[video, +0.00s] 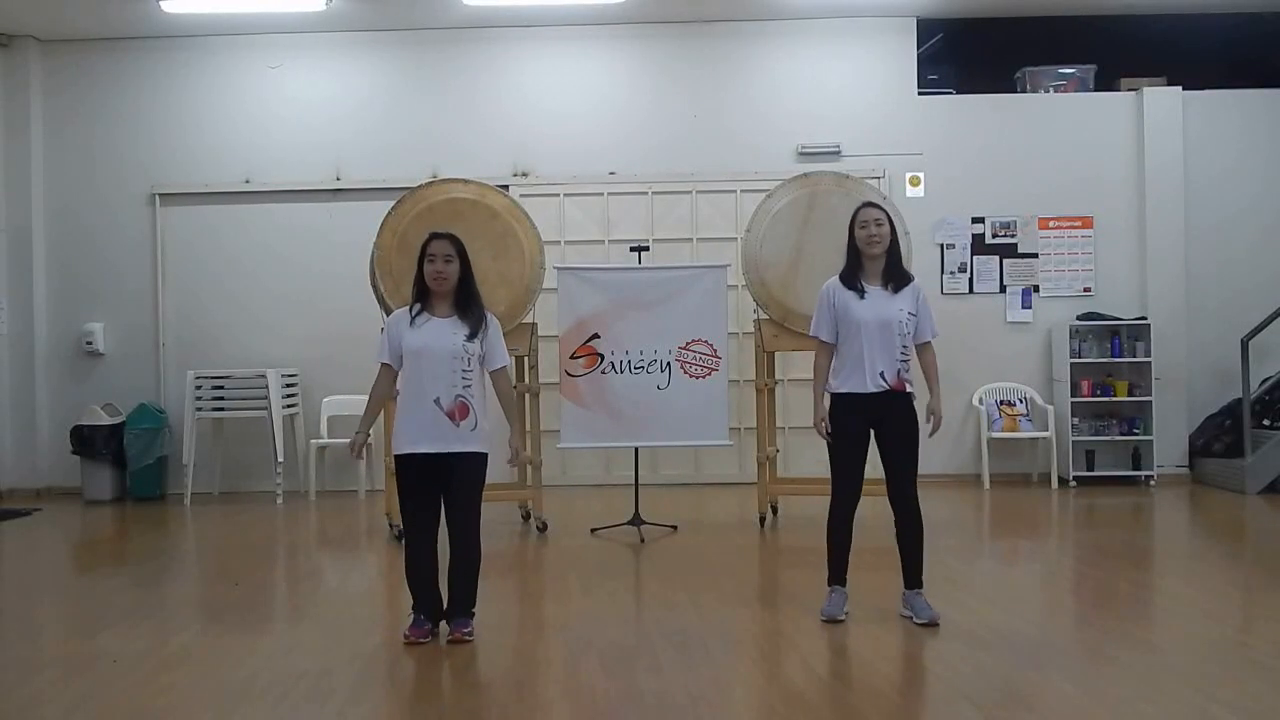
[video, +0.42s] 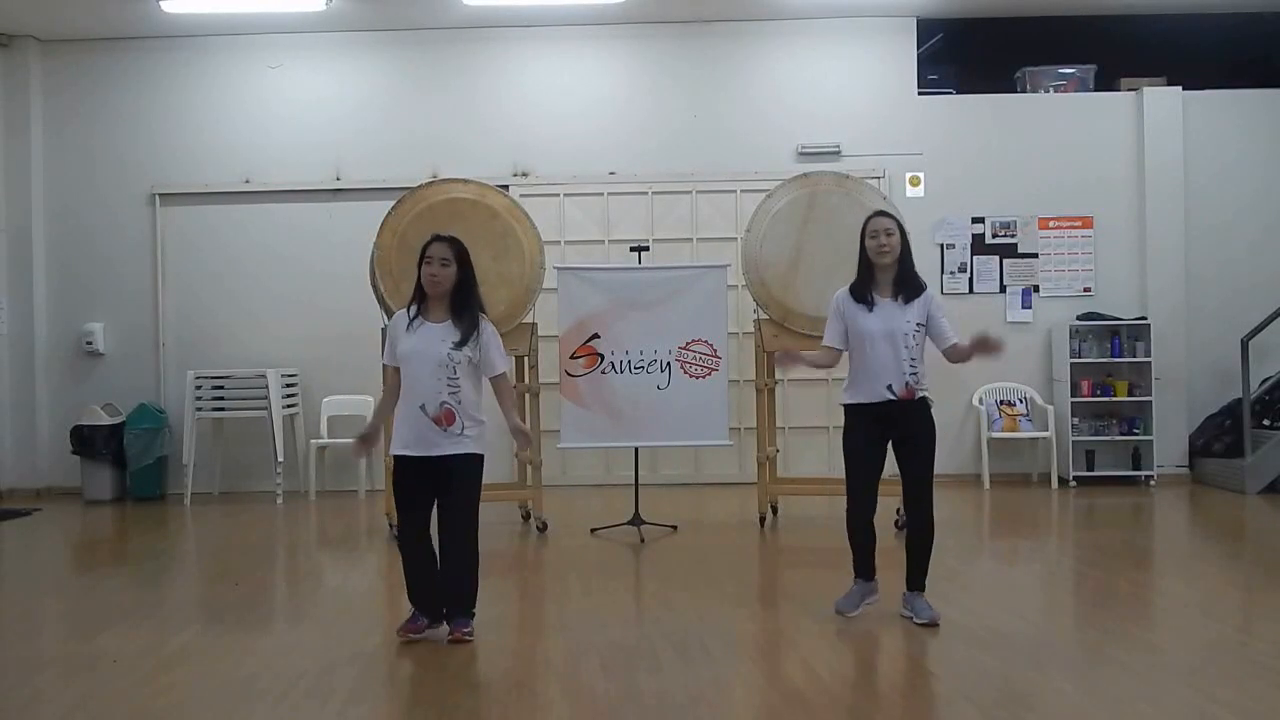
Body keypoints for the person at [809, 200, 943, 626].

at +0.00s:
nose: (872, 231)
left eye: (879, 224)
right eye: (864, 225)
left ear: (892, 232)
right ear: (853, 236)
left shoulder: (910, 289)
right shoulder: (835, 290)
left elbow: (924, 346)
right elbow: (823, 348)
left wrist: (934, 395)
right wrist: (819, 400)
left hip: (897, 405)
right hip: (847, 406)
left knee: (905, 499)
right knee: (843, 499)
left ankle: (914, 593)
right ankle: (836, 591)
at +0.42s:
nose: (882, 241)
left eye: (889, 234)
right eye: (874, 236)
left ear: (902, 241)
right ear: (863, 245)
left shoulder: (922, 296)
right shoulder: (846, 300)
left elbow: (951, 352)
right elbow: (830, 357)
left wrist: (973, 348)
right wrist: (797, 354)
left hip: (913, 412)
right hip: (862, 413)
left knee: (920, 506)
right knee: (859, 507)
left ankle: (915, 594)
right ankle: (864, 584)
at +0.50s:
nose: (881, 243)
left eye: (888, 236)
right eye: (873, 238)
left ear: (902, 243)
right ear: (862, 247)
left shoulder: (921, 295)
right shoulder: (845, 298)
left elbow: (953, 344)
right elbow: (820, 348)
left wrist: (964, 313)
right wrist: (798, 327)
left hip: (910, 413)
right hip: (860, 414)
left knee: (917, 507)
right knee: (851, 506)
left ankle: (915, 594)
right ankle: (866, 582)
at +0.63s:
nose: (874, 236)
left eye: (882, 229)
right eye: (866, 230)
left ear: (894, 237)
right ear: (855, 240)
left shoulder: (909, 288)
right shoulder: (839, 288)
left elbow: (925, 325)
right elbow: (814, 326)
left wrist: (919, 275)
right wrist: (806, 281)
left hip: (900, 407)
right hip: (850, 406)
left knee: (908, 504)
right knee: (828, 500)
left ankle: (915, 594)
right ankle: (823, 589)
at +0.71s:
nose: (865, 234)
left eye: (872, 228)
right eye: (857, 229)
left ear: (886, 236)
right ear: (847, 240)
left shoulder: (903, 287)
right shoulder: (835, 285)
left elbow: (899, 328)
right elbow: (815, 323)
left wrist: (879, 285)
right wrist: (822, 277)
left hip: (885, 405)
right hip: (835, 404)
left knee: (900, 502)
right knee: (815, 500)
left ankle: (914, 595)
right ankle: (787, 595)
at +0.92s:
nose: (846, 243)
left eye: (854, 237)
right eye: (838, 237)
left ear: (864, 247)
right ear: (825, 245)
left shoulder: (874, 303)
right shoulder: (800, 293)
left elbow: (890, 362)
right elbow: (777, 349)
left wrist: (874, 338)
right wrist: (797, 331)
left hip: (841, 413)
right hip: (794, 409)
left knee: (873, 507)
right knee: (790, 508)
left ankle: (894, 591)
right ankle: (777, 597)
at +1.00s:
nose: (842, 241)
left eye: (849, 235)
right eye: (834, 234)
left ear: (859, 247)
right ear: (819, 244)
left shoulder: (866, 305)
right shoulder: (793, 293)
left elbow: (887, 365)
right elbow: (758, 343)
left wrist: (902, 344)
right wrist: (761, 335)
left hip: (834, 414)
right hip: (788, 412)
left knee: (859, 506)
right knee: (789, 506)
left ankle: (862, 584)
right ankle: (777, 597)